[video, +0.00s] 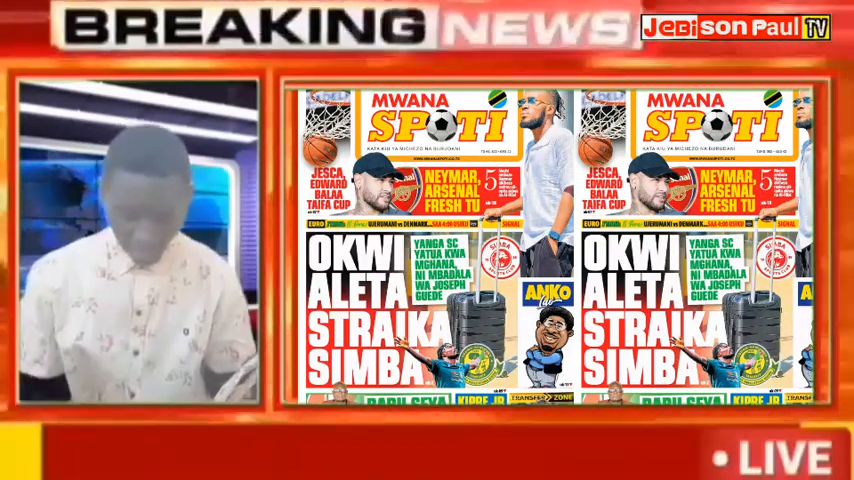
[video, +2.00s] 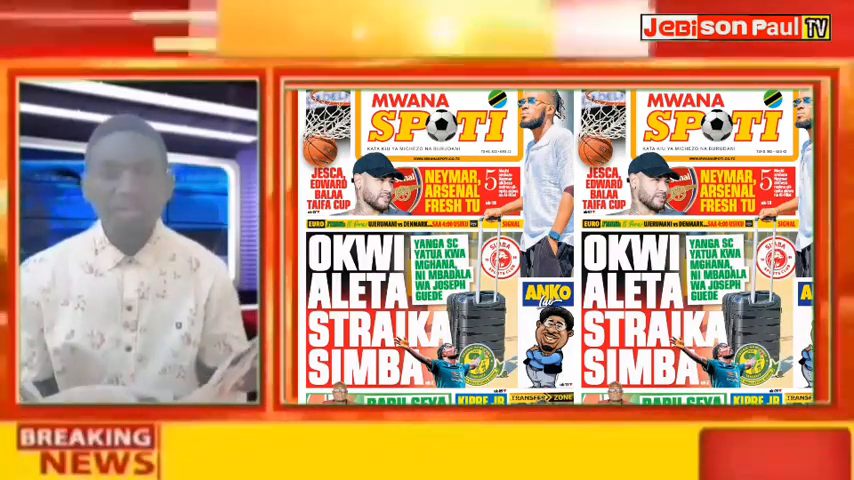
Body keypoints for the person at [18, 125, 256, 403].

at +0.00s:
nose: (146, 232)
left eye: (162, 215)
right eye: (129, 215)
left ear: (188, 196)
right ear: (103, 194)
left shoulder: (215, 277)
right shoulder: (56, 275)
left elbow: (233, 389)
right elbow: (41, 397)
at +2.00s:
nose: (127, 187)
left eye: (143, 171)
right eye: (110, 173)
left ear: (169, 184)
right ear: (86, 187)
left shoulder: (208, 274)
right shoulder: (39, 276)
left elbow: (231, 385)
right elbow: (28, 394)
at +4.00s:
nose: (113, 227)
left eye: (128, 208)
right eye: (95, 210)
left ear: (162, 195)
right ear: (74, 199)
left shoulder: (207, 286)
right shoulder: (36, 289)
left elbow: (231, 402)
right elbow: (32, 411)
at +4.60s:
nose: (140, 191)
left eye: (156, 173)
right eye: (122, 174)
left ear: (185, 187)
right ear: (99, 188)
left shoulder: (225, 277)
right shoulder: (58, 278)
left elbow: (252, 391)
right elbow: (41, 402)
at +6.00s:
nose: (133, 207)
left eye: (149, 189)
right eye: (116, 191)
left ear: (177, 184)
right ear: (96, 188)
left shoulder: (218, 272)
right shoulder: (59, 277)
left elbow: (249, 383)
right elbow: (27, 392)